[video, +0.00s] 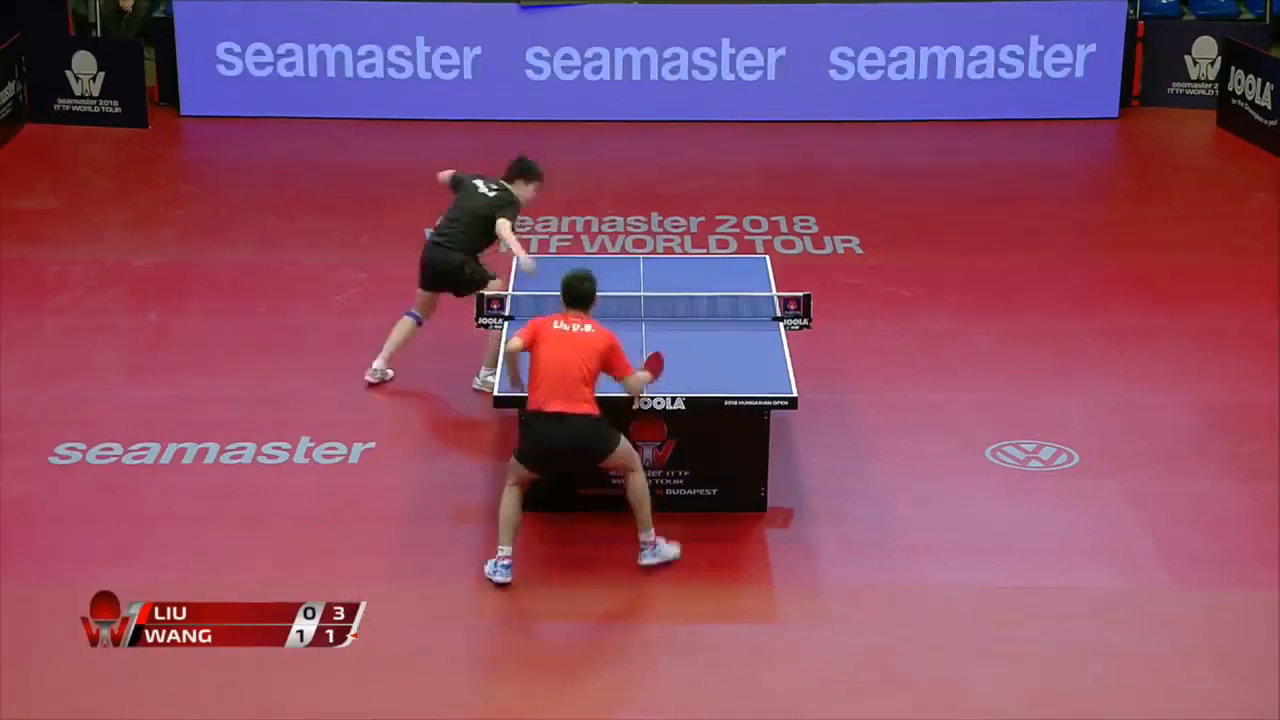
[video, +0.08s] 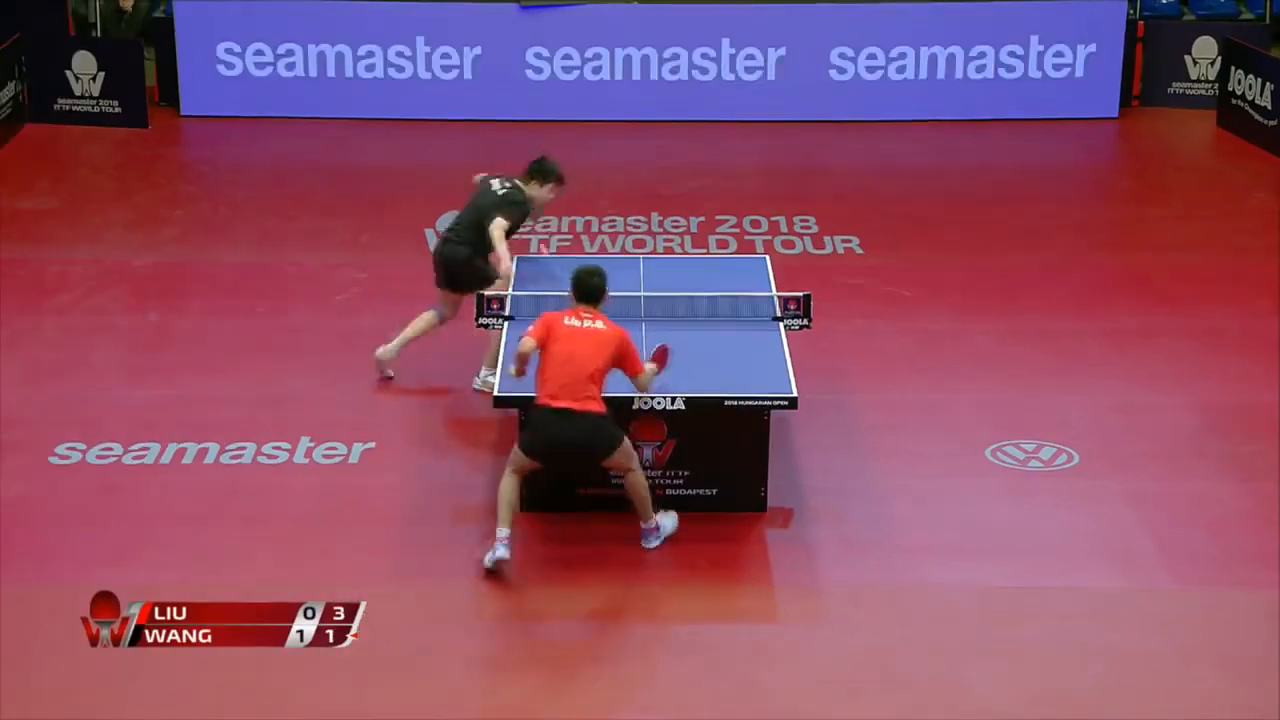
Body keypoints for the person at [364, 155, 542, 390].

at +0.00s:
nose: (533, 196)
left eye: (536, 190)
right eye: (534, 189)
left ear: (512, 177)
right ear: (522, 182)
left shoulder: (476, 181)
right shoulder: (509, 201)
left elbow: (443, 176)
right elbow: (503, 228)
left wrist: (461, 182)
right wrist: (521, 254)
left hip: (431, 254)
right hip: (458, 261)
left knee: (420, 309)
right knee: (503, 301)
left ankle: (379, 364)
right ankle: (488, 373)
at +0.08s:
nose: (550, 200)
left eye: (553, 195)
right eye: (551, 193)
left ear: (532, 180)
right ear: (536, 184)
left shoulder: (500, 182)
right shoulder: (519, 202)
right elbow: (496, 227)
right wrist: (505, 261)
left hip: (444, 253)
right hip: (464, 260)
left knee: (445, 311)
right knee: (510, 300)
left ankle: (390, 350)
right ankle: (488, 373)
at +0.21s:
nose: (567, 182)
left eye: (569, 176)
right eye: (564, 175)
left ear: (546, 166)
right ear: (548, 169)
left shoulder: (531, 173)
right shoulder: (525, 188)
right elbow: (483, 202)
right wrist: (478, 239)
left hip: (488, 240)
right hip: (480, 242)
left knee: (494, 298)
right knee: (505, 303)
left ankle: (432, 323)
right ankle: (487, 372)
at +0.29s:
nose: (572, 162)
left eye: (574, 156)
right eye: (569, 155)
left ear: (562, 151)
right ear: (554, 149)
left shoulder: (549, 163)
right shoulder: (526, 168)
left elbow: (566, 154)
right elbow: (484, 177)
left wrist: (586, 150)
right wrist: (474, 213)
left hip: (515, 232)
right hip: (495, 232)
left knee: (515, 297)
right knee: (497, 301)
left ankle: (500, 362)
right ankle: (488, 368)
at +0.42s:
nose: (578, 142)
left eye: (581, 137)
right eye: (573, 136)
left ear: (583, 137)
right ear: (555, 135)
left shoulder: (569, 155)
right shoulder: (531, 154)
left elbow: (589, 158)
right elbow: (493, 167)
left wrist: (612, 158)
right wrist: (485, 201)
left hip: (546, 223)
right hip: (515, 223)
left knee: (576, 270)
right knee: (504, 291)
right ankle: (480, 352)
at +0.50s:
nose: (579, 147)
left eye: (583, 141)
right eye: (574, 141)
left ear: (587, 141)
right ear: (558, 140)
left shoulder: (583, 163)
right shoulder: (537, 160)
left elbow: (604, 174)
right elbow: (501, 176)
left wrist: (630, 179)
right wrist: (496, 210)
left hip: (563, 231)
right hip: (530, 231)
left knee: (579, 282)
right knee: (509, 290)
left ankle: (583, 345)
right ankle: (479, 346)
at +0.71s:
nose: (595, 152)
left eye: (599, 146)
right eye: (589, 146)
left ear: (605, 146)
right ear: (576, 145)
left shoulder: (614, 167)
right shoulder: (557, 165)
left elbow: (648, 188)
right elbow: (542, 183)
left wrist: (653, 213)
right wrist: (541, 216)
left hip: (602, 231)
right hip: (560, 230)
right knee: (524, 275)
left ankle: (658, 323)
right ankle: (492, 332)